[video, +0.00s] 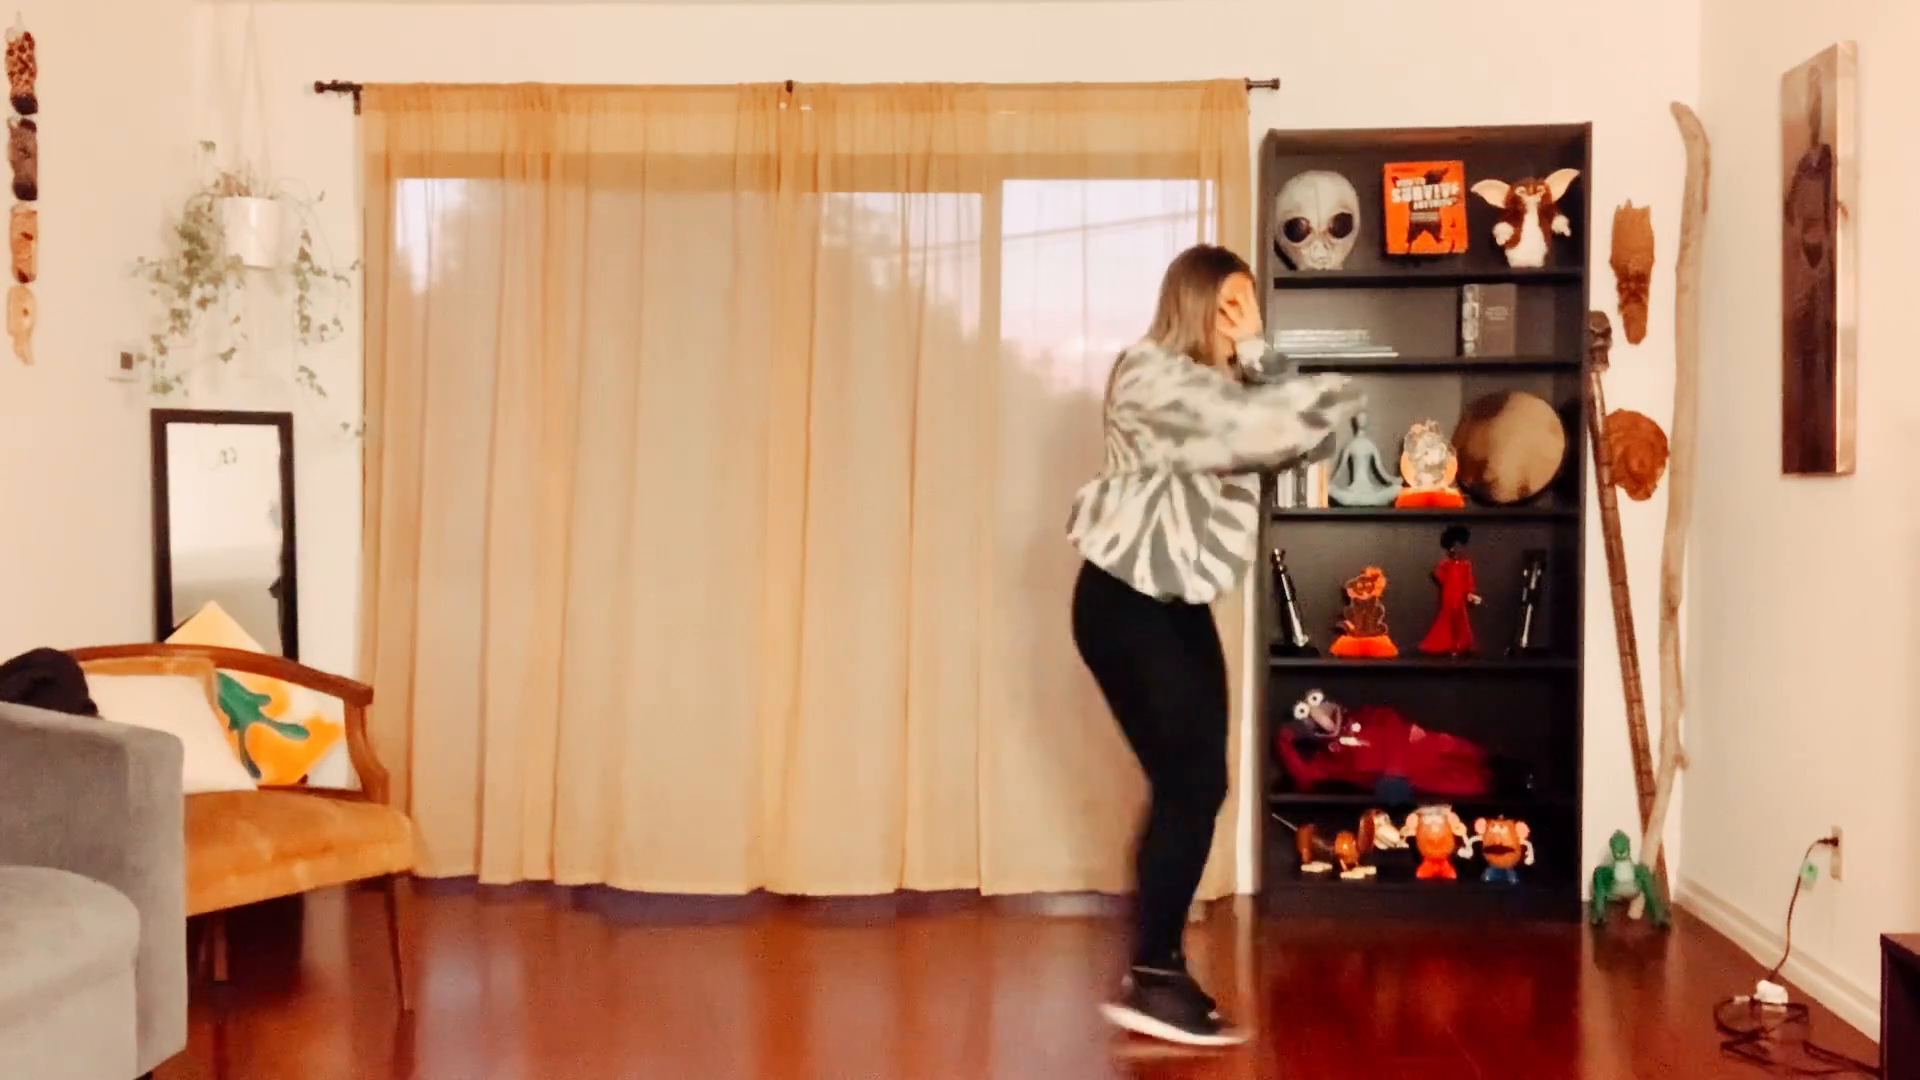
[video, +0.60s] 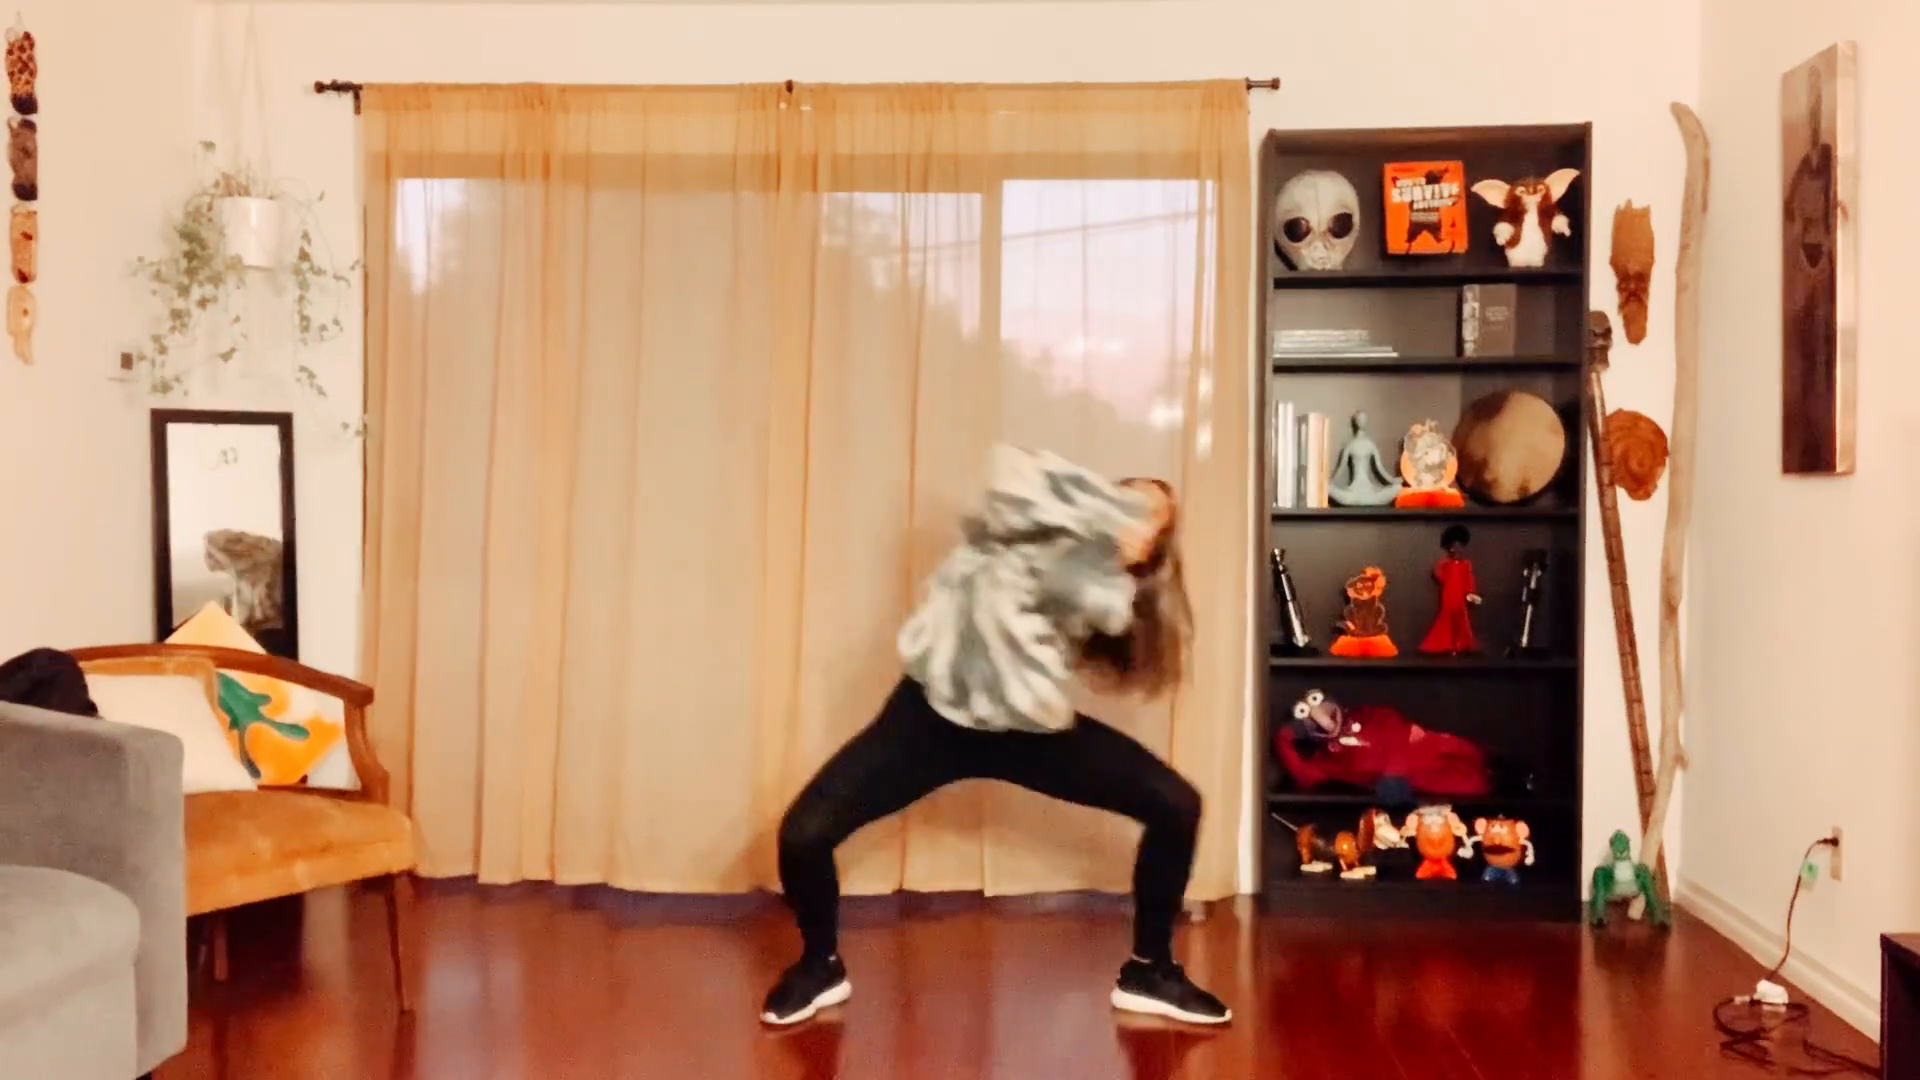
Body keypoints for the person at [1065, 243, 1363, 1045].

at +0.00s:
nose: (1248, 324)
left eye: (1251, 308)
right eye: (1238, 306)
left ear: (1215, 308)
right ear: (1202, 304)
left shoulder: (1207, 379)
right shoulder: (1151, 374)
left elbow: (1271, 425)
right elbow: (1252, 430)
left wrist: (1258, 363)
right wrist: (1337, 398)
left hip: (1177, 601)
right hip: (1126, 601)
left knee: (1201, 780)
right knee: (1189, 781)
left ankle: (1159, 968)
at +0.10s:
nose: (1252, 316)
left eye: (1250, 302)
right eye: (1241, 300)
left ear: (1189, 303)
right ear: (1206, 302)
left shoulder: (1206, 378)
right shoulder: (1159, 367)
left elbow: (1281, 429)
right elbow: (1285, 405)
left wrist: (1257, 350)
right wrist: (1339, 376)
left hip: (1156, 603)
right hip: (1097, 595)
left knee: (1187, 784)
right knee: (1115, 788)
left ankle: (1151, 960)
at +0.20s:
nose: (1238, 342)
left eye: (1237, 328)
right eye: (1226, 328)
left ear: (1206, 328)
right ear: (1185, 329)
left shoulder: (1208, 397)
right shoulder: (1149, 392)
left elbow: (1287, 413)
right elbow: (1245, 431)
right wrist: (1323, 414)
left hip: (1134, 626)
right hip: (1070, 610)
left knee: (1196, 790)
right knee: (1040, 801)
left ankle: (1147, 968)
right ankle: (924, 946)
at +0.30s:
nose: (1222, 388)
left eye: (1219, 373)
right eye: (1209, 374)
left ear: (1177, 382)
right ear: (1169, 379)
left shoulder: (1191, 448)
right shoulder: (1134, 439)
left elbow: (1249, 491)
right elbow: (1234, 501)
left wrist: (1239, 424)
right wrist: (1302, 462)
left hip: (1116, 664)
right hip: (1048, 642)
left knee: (1217, 802)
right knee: (960, 820)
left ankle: (1150, 969)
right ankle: (839, 965)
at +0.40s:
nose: (1203, 444)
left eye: (1207, 431)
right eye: (1191, 428)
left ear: (1199, 440)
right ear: (1151, 432)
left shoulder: (1189, 511)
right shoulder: (1104, 477)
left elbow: (1225, 587)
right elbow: (1205, 540)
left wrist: (1235, 516)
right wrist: (1242, 497)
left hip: (1097, 701)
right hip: (1009, 679)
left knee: (1220, 805)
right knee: (891, 833)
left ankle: (1151, 969)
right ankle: (823, 966)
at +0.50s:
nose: (1170, 493)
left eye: (1186, 489)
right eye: (1160, 479)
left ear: (1197, 513)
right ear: (1130, 481)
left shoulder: (1169, 573)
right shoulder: (1066, 498)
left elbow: (1147, 608)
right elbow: (1099, 533)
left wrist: (1160, 525)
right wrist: (1174, 537)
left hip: (1067, 725)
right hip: (965, 710)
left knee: (1205, 802)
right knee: (835, 840)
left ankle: (1150, 970)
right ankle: (823, 967)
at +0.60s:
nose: (1140, 526)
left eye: (1155, 525)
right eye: (1136, 507)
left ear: (1151, 551)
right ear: (1104, 500)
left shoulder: (1111, 593)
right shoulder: (1015, 524)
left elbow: (1075, 594)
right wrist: (1101, 515)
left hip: (1031, 729)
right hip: (930, 718)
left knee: (1176, 806)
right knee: (802, 835)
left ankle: (1150, 970)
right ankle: (820, 966)